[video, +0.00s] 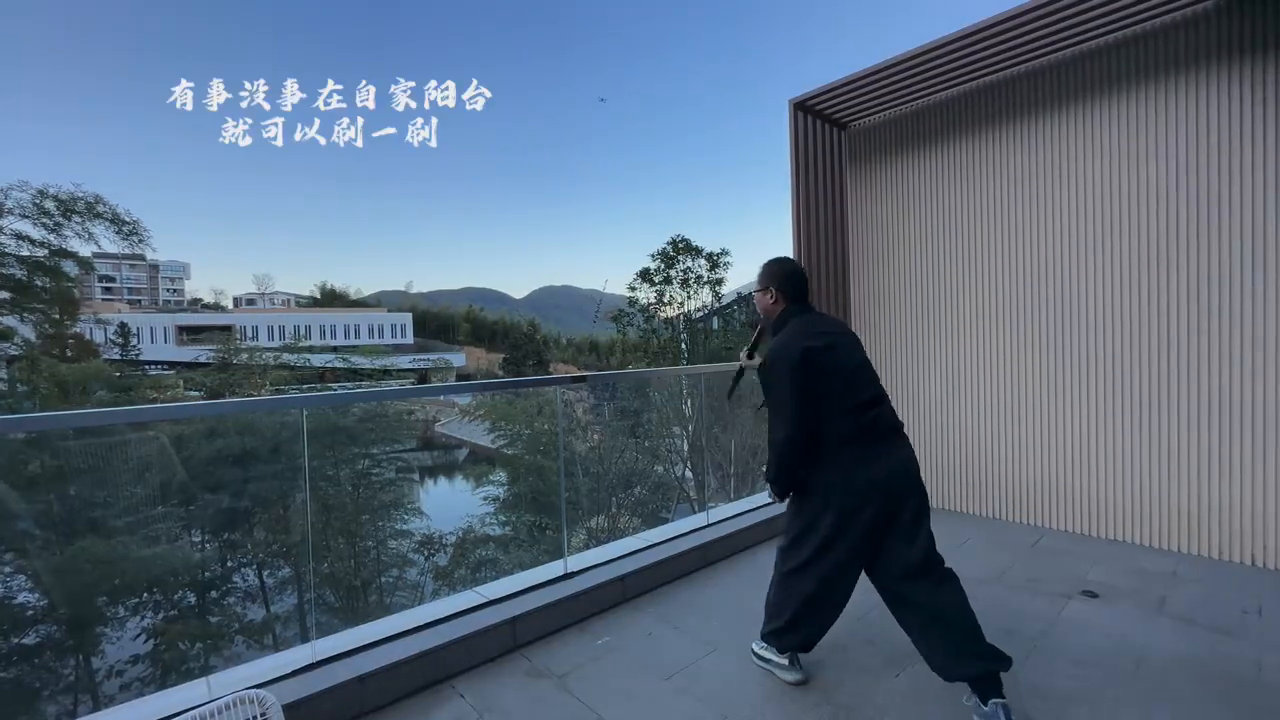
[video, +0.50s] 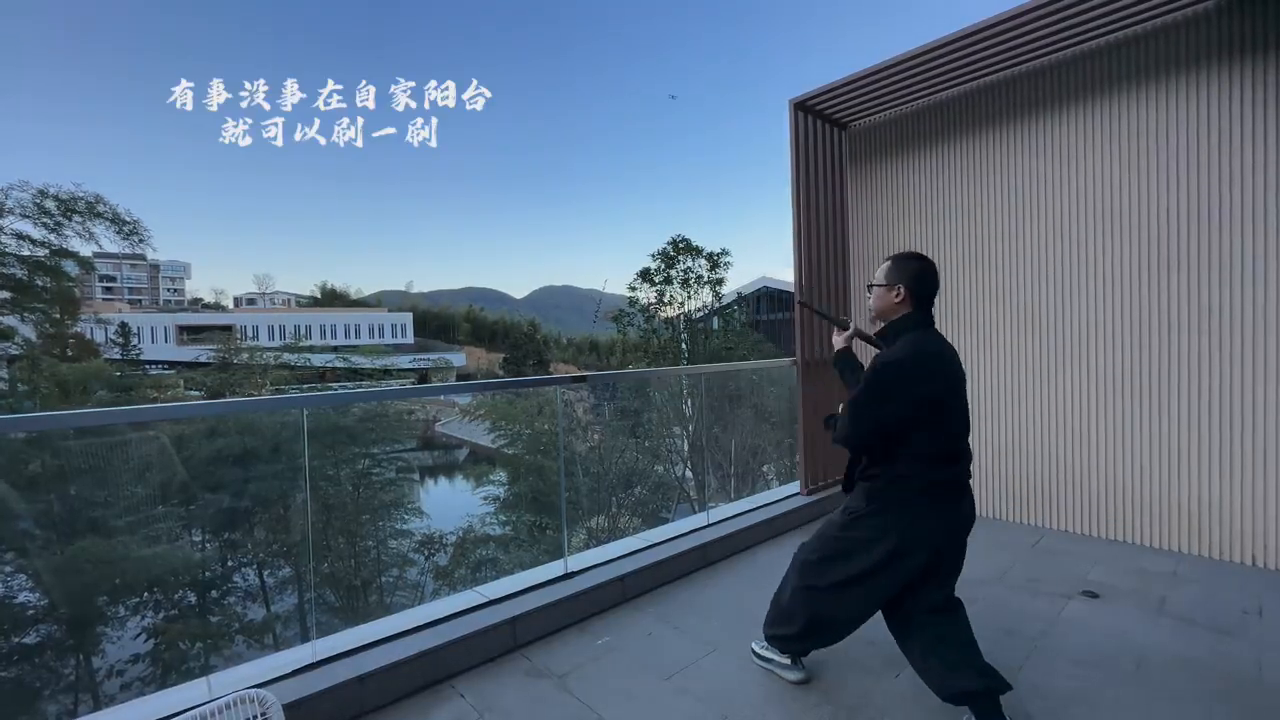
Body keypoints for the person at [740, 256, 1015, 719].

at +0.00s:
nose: (754, 301)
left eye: (758, 293)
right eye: (756, 293)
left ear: (775, 297)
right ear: (797, 296)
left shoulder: (784, 349)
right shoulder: (836, 330)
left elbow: (790, 430)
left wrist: (779, 482)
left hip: (838, 481)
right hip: (894, 470)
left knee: (803, 560)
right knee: (923, 576)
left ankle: (780, 645)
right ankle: (988, 688)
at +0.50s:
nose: (868, 297)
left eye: (874, 288)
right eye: (871, 288)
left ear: (899, 295)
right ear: (910, 298)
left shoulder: (898, 359)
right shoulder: (940, 352)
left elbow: (853, 431)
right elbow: (887, 403)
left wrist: (837, 419)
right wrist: (845, 360)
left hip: (896, 505)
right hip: (946, 503)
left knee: (817, 559)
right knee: (927, 605)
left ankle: (784, 647)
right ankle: (985, 703)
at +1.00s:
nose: (867, 312)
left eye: (870, 303)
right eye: (869, 303)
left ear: (887, 308)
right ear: (921, 307)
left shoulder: (878, 366)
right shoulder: (971, 360)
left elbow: (812, 401)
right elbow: (983, 406)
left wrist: (820, 362)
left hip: (887, 509)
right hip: (955, 514)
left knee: (818, 555)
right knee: (945, 607)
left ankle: (784, 646)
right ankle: (988, 705)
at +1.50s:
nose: (868, 318)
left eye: (871, 309)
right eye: (869, 310)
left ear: (889, 312)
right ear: (922, 312)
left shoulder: (877, 369)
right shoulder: (984, 364)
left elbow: (808, 396)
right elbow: (1013, 435)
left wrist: (783, 369)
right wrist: (963, 452)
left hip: (891, 518)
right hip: (963, 523)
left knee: (816, 555)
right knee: (951, 612)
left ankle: (784, 644)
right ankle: (990, 706)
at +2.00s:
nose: (791, 316)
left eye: (794, 309)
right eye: (793, 308)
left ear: (808, 314)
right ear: (843, 313)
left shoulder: (791, 367)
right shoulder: (890, 347)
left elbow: (735, 399)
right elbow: (947, 393)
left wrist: (749, 420)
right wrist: (915, 432)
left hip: (834, 501)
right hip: (904, 496)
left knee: (792, 560)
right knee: (935, 591)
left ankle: (770, 644)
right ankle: (988, 700)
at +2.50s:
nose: (838, 316)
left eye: (839, 308)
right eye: (838, 308)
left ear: (851, 310)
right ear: (889, 305)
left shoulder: (843, 366)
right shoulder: (939, 343)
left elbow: (816, 425)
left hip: (873, 508)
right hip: (946, 504)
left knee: (811, 559)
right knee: (974, 605)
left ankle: (771, 643)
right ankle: (1024, 704)